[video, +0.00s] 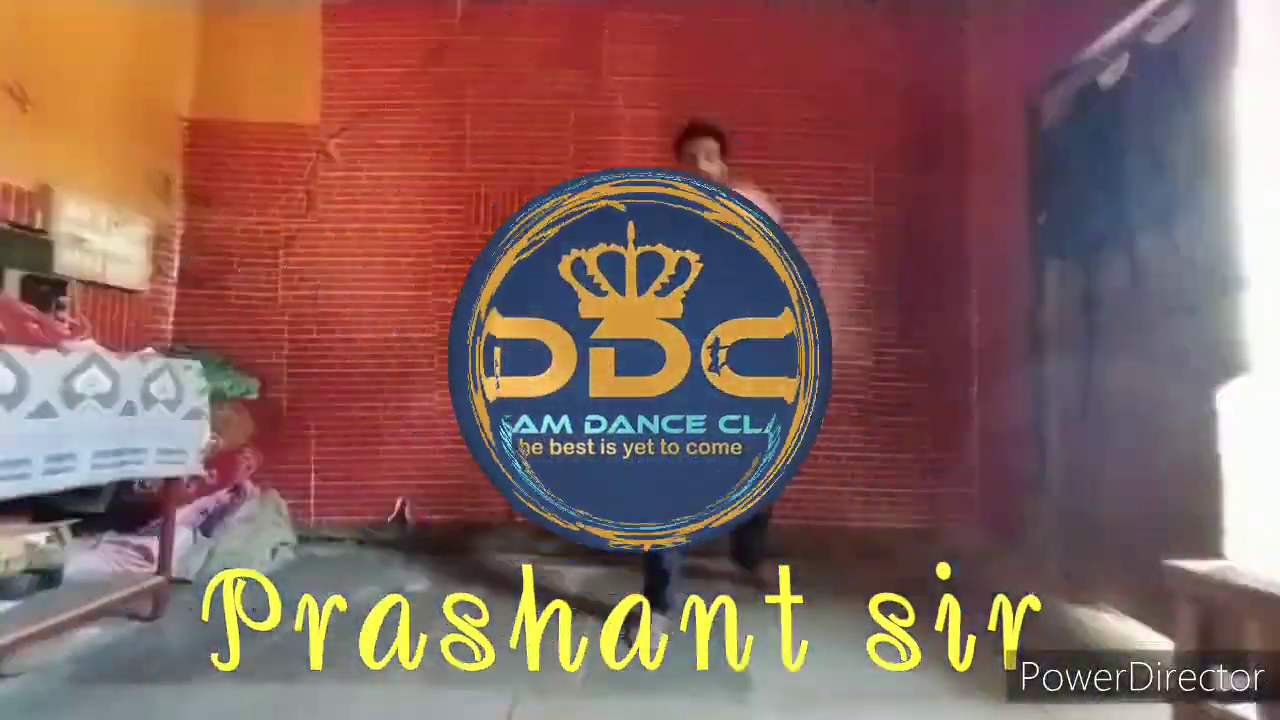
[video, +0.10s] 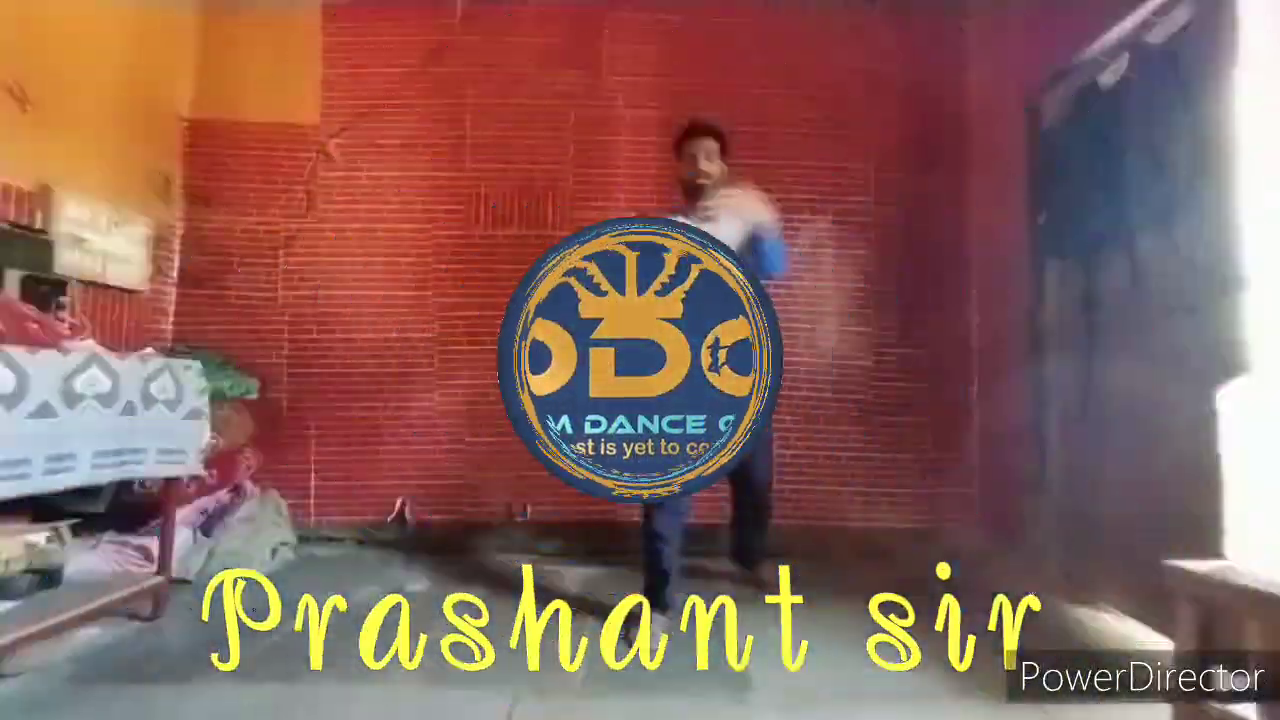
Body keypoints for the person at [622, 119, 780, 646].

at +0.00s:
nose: (704, 165)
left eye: (711, 156)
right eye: (693, 157)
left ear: (724, 159)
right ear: (680, 162)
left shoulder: (748, 204)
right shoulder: (666, 210)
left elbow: (777, 273)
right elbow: (650, 278)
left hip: (743, 353)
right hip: (672, 357)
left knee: (754, 452)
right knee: (664, 467)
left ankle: (749, 550)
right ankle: (656, 590)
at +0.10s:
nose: (702, 165)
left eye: (709, 155)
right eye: (692, 157)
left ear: (724, 160)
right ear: (680, 165)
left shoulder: (748, 209)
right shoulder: (672, 226)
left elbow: (775, 268)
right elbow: (655, 293)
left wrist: (760, 221)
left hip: (742, 357)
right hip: (677, 362)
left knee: (754, 466)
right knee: (666, 473)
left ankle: (749, 556)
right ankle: (658, 592)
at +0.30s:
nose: (688, 154)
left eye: (697, 145)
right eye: (679, 145)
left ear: (715, 154)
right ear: (666, 153)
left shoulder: (738, 206)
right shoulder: (648, 208)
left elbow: (736, 233)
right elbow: (648, 230)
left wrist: (698, 219)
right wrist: (676, 217)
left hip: (734, 366)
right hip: (668, 369)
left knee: (754, 477)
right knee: (659, 488)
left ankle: (743, 558)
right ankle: (658, 603)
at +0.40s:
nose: (680, 140)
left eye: (691, 131)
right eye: (673, 129)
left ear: (711, 140)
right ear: (660, 136)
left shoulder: (730, 183)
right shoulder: (646, 190)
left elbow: (720, 213)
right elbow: (661, 229)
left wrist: (673, 230)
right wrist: (692, 242)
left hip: (727, 357)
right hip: (665, 360)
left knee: (738, 475)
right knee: (656, 483)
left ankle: (726, 591)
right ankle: (657, 601)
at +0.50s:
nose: (675, 128)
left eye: (686, 120)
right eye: (667, 118)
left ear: (703, 130)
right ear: (653, 125)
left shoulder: (723, 177)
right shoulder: (634, 184)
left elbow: (721, 228)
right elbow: (635, 233)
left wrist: (695, 264)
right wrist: (653, 275)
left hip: (717, 359)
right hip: (654, 359)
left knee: (714, 486)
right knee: (649, 487)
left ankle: (705, 608)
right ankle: (656, 605)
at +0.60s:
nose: (673, 123)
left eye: (685, 114)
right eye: (665, 113)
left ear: (704, 127)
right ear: (652, 120)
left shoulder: (726, 176)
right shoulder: (629, 185)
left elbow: (733, 244)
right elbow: (628, 253)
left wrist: (707, 291)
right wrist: (644, 314)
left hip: (713, 358)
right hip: (650, 357)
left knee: (710, 488)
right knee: (648, 489)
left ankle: (702, 610)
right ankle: (655, 607)